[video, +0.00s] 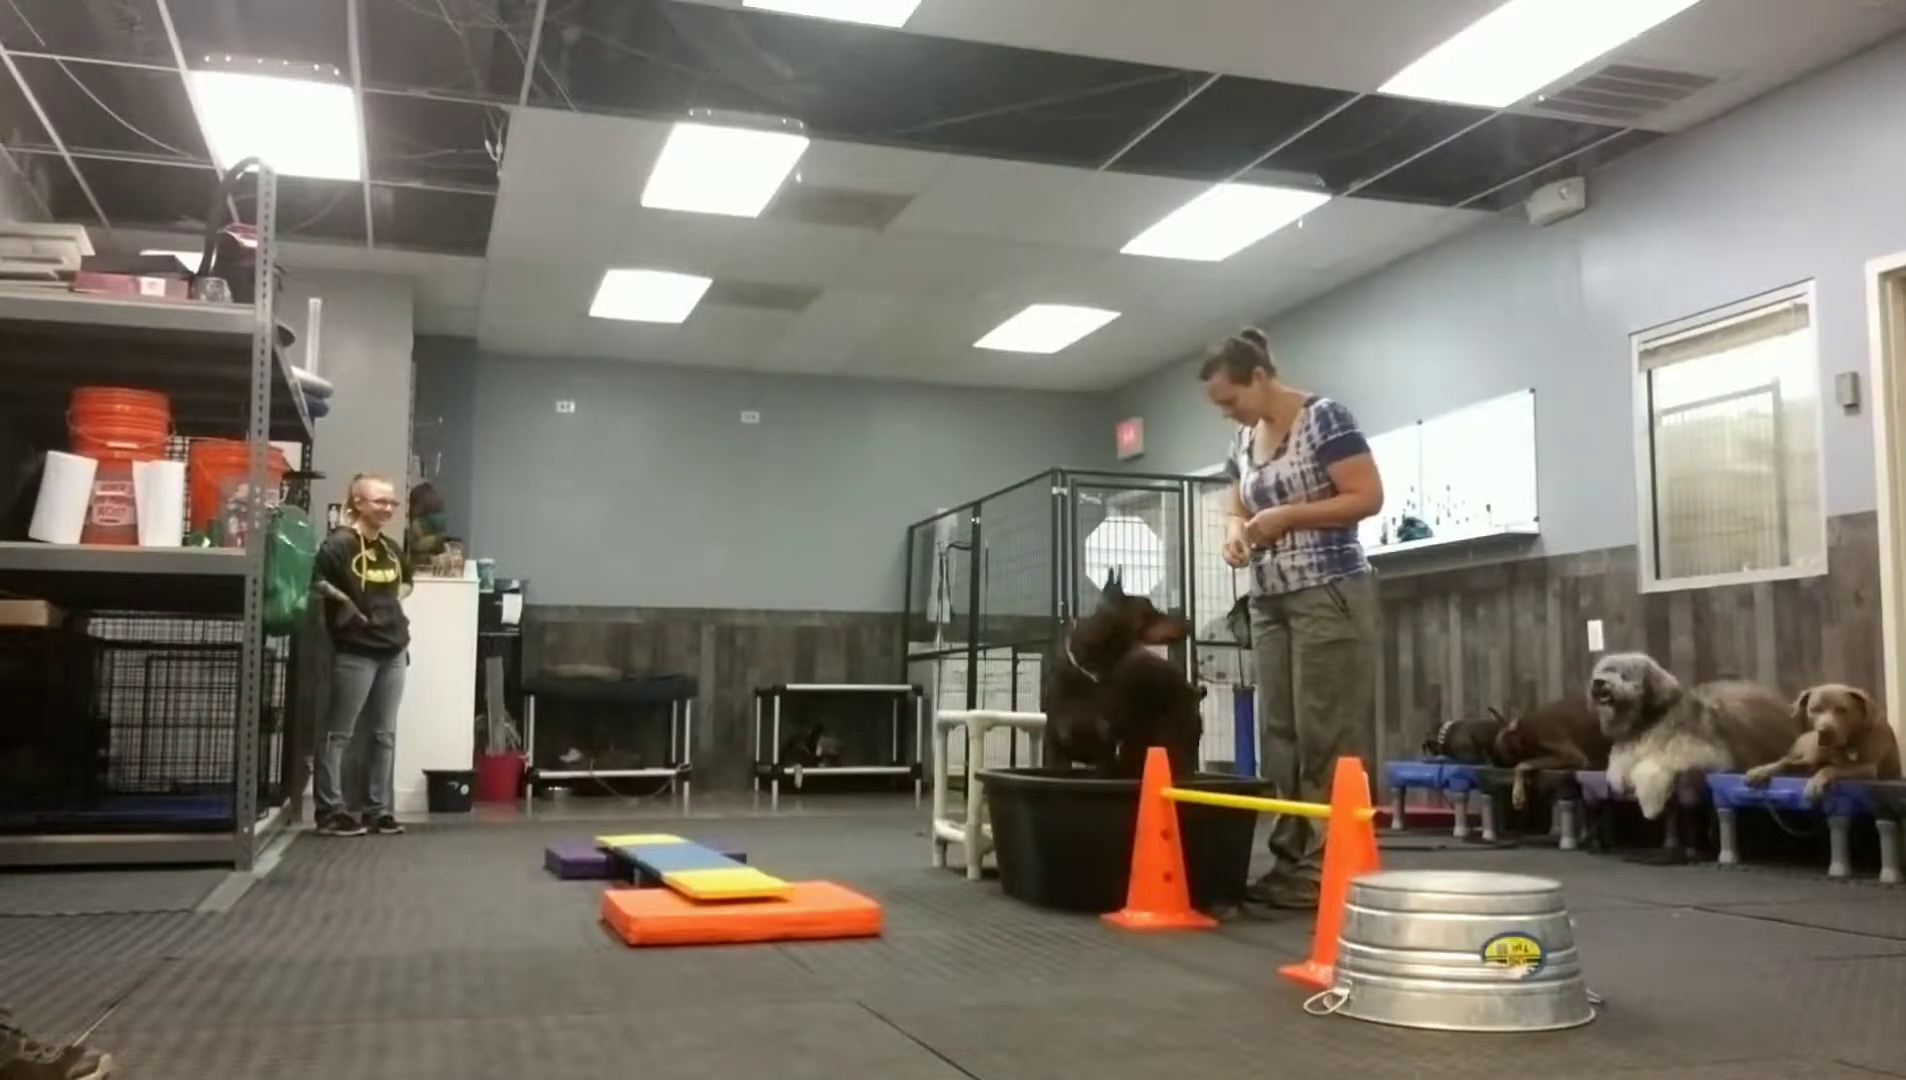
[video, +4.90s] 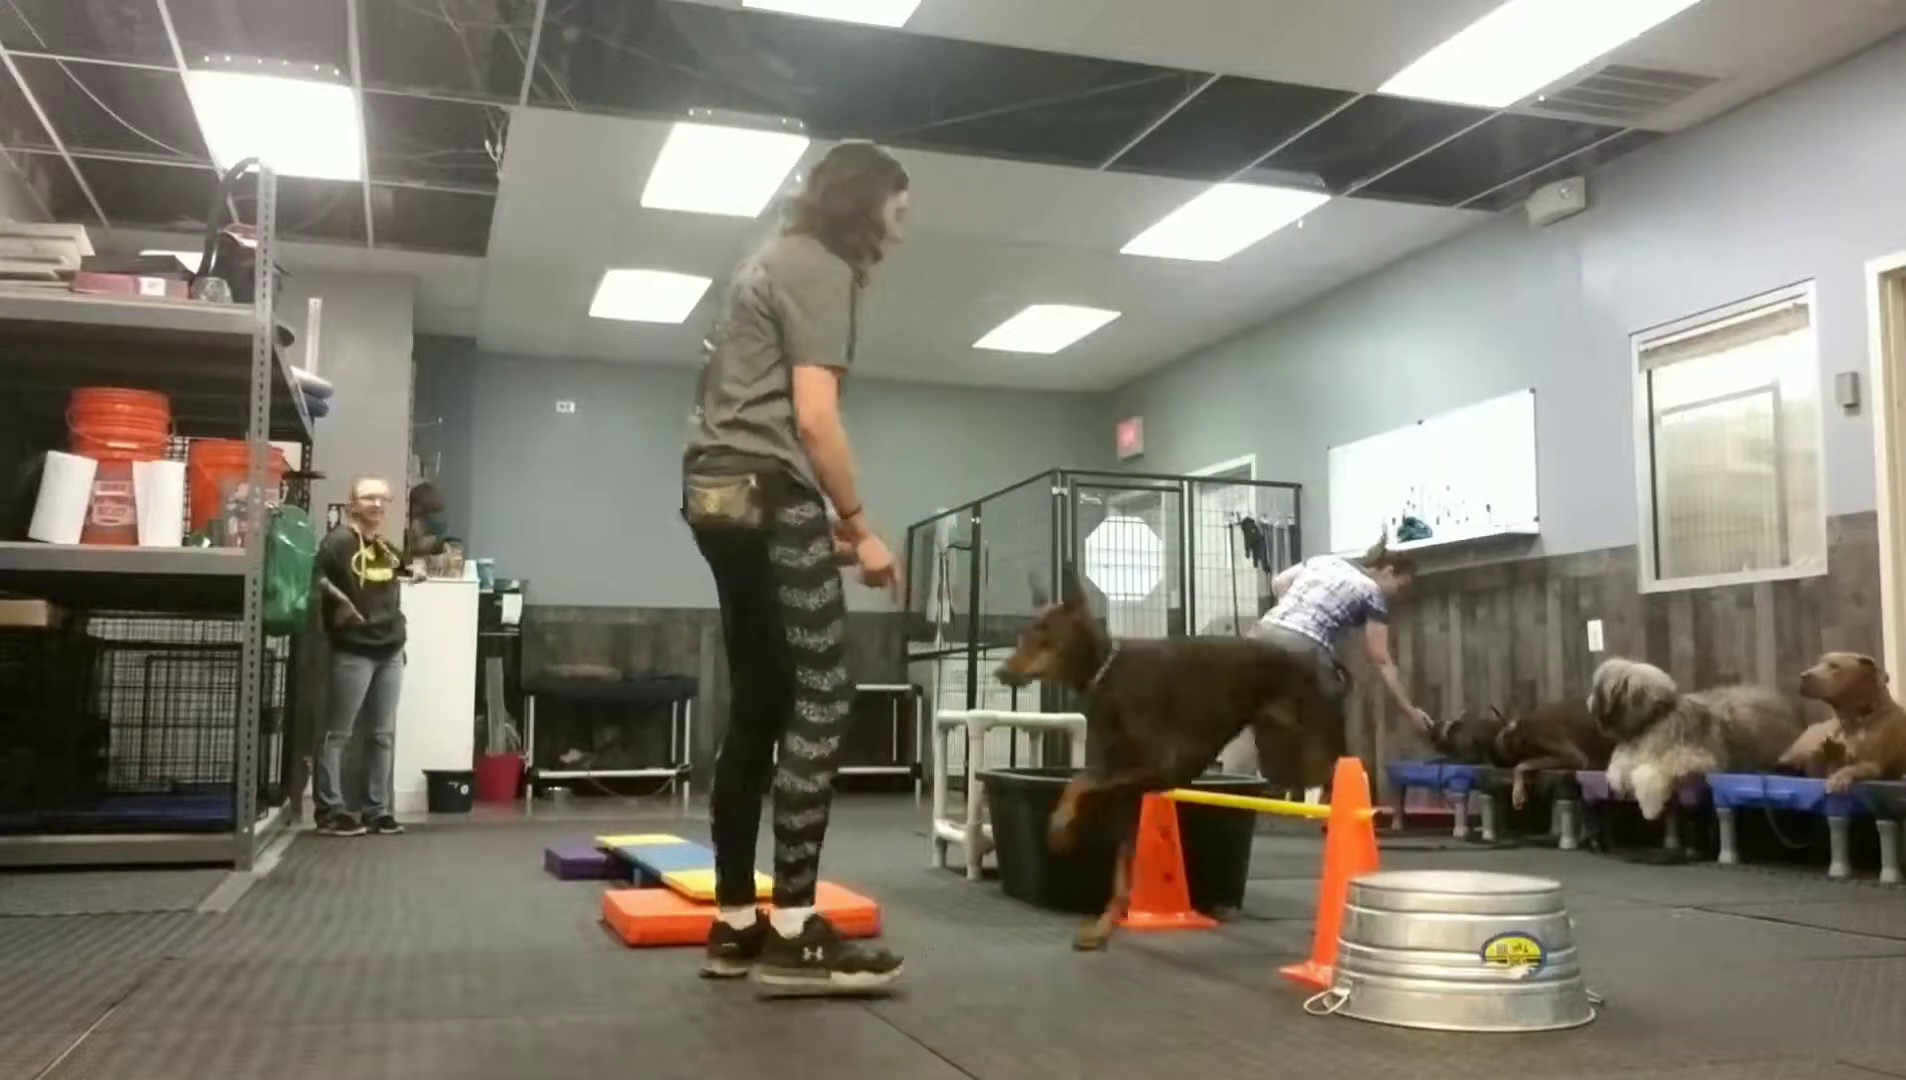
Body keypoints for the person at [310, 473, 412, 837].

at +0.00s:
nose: (389, 509)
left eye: (392, 503)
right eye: (381, 502)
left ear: (392, 507)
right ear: (358, 504)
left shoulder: (389, 547)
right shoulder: (338, 546)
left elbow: (403, 584)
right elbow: (317, 586)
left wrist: (394, 621)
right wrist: (347, 607)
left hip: (393, 649)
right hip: (355, 649)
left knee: (383, 734)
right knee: (338, 735)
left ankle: (377, 811)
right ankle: (330, 811)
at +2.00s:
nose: (390, 504)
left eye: (392, 498)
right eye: (381, 498)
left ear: (394, 504)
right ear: (359, 503)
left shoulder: (392, 546)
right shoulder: (340, 546)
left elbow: (406, 583)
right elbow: (316, 585)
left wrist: (396, 624)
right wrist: (347, 609)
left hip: (393, 649)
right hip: (355, 650)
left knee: (383, 734)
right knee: (339, 734)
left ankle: (378, 811)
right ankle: (330, 811)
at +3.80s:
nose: (385, 503)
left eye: (388, 497)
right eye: (376, 496)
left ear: (393, 503)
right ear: (356, 503)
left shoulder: (392, 548)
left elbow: (403, 595)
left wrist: (390, 622)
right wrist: (373, 627)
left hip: (389, 652)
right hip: (352, 651)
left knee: (382, 735)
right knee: (338, 733)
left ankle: (376, 808)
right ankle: (330, 809)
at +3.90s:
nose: (382, 505)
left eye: (385, 500)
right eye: (374, 499)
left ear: (388, 505)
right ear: (356, 503)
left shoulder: (386, 549)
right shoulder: (340, 541)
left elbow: (413, 582)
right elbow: (322, 580)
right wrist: (345, 604)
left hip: (389, 649)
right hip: (354, 648)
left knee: (382, 734)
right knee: (339, 733)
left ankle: (377, 809)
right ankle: (330, 810)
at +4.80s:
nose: (378, 512)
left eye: (384, 506)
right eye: (371, 505)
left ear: (389, 509)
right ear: (352, 507)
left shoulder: (388, 550)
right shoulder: (337, 543)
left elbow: (425, 563)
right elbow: (317, 579)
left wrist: (407, 538)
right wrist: (340, 600)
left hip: (390, 649)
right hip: (354, 648)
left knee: (383, 734)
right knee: (340, 734)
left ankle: (377, 810)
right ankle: (330, 810)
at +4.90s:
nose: (377, 505)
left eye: (382, 500)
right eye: (369, 499)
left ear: (389, 506)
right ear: (353, 504)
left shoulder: (387, 550)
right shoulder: (337, 545)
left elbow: (391, 597)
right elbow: (320, 591)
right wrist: (348, 618)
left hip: (390, 649)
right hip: (353, 649)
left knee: (382, 735)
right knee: (338, 734)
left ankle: (377, 811)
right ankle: (329, 810)